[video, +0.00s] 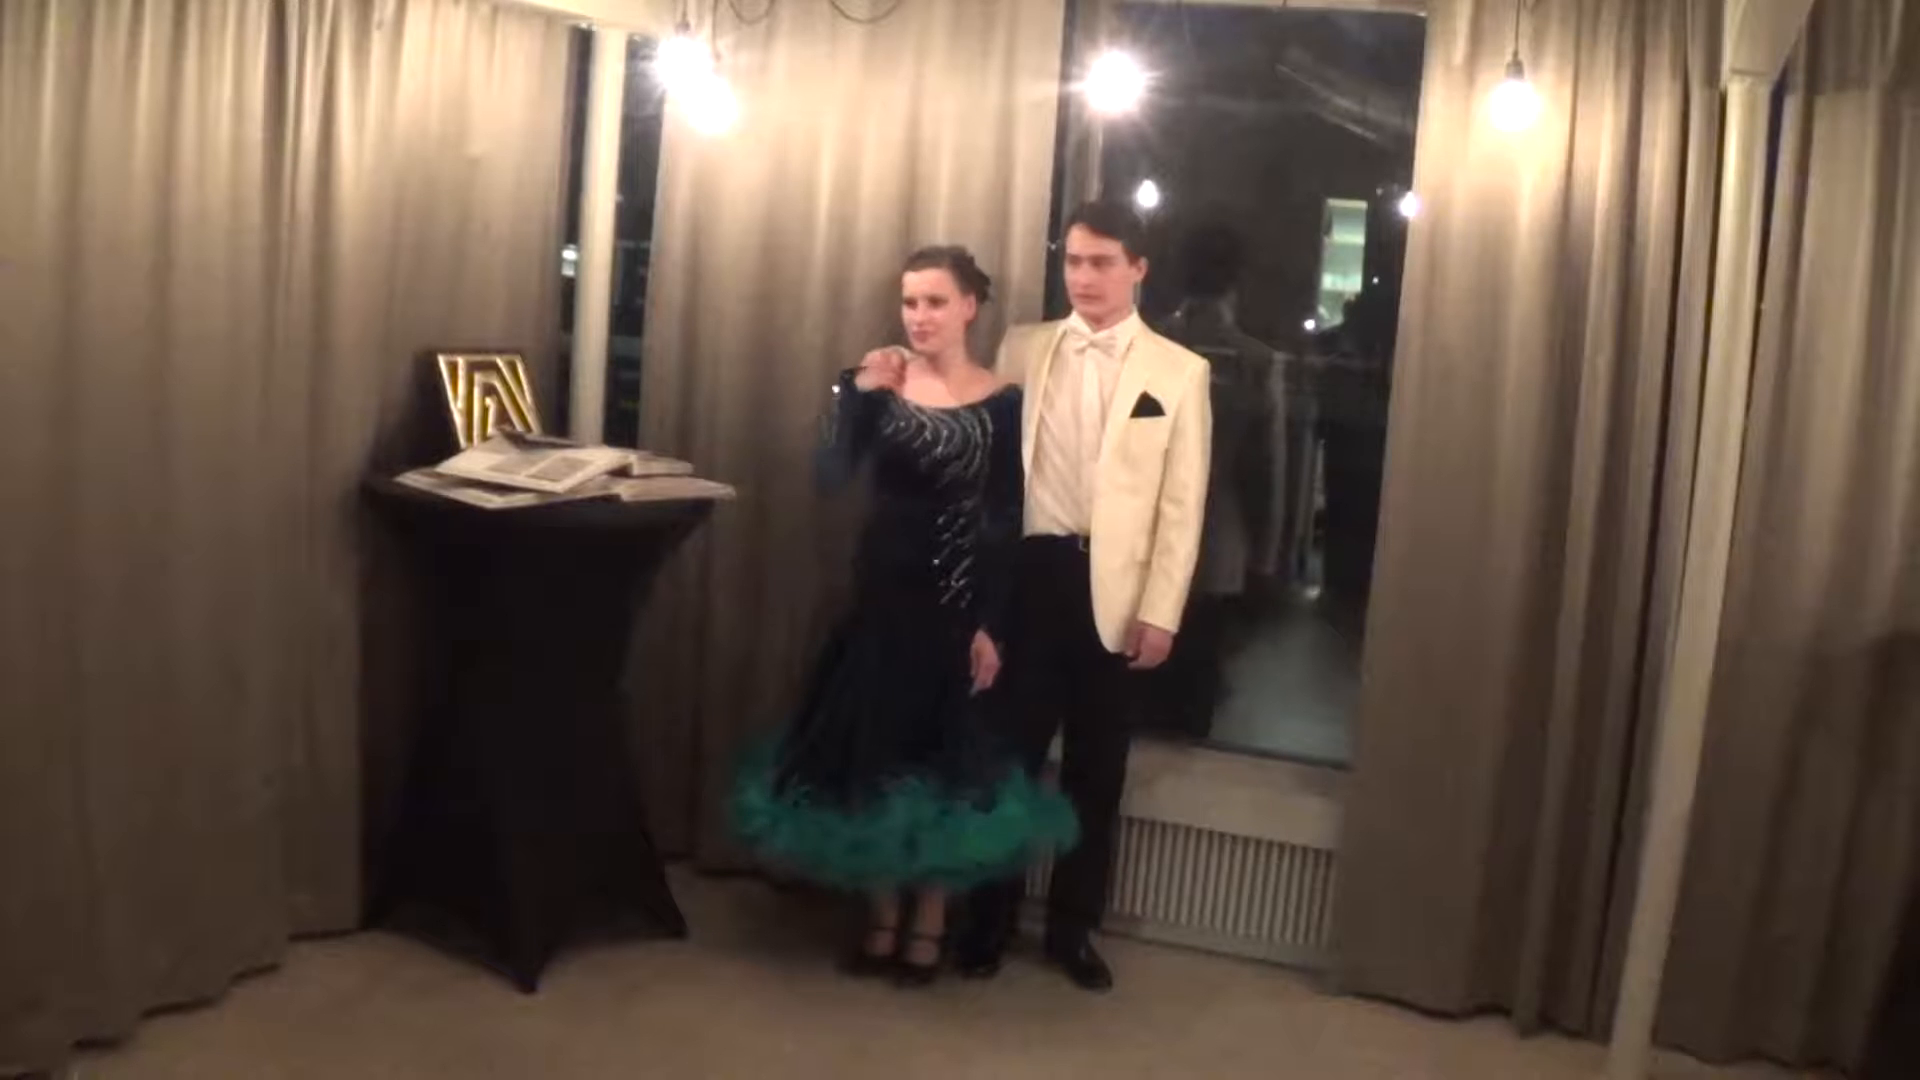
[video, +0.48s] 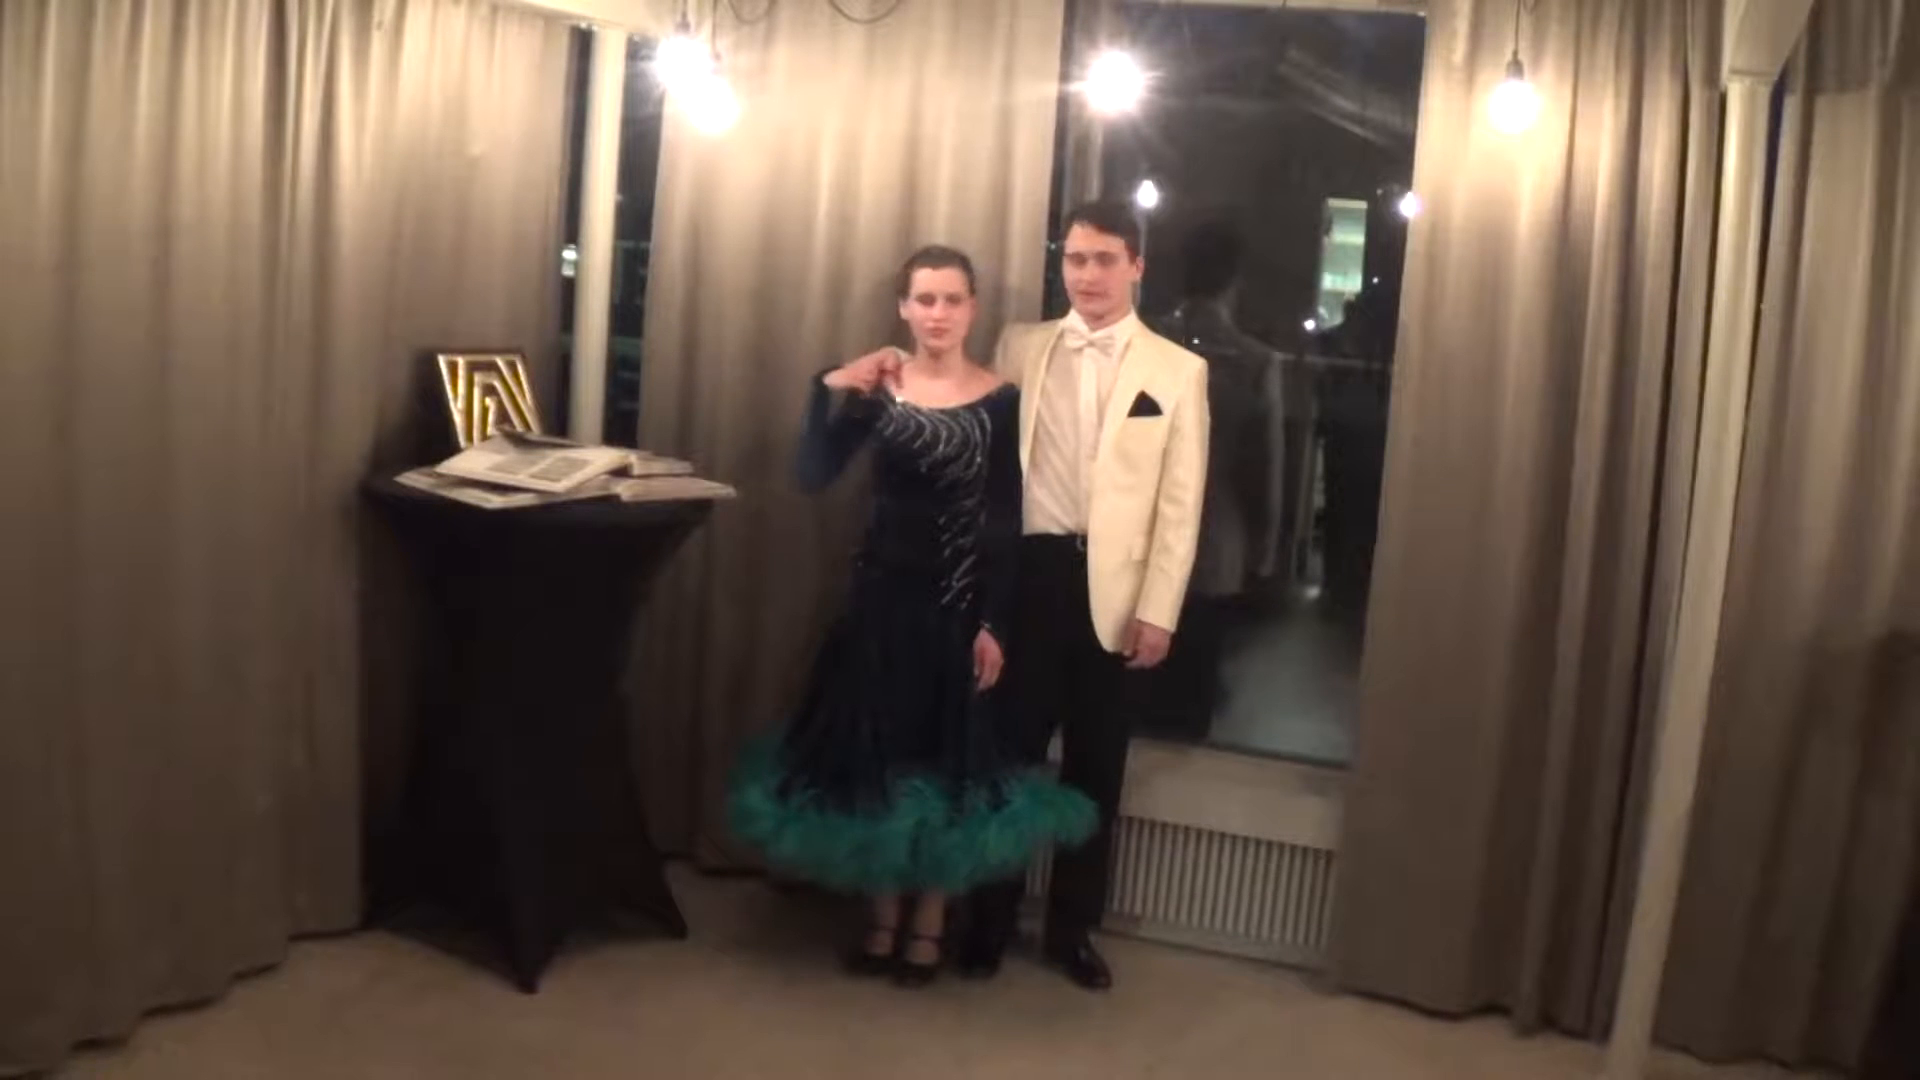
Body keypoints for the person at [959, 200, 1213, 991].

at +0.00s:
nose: (1083, 277)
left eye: (1100, 262)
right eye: (1073, 261)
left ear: (1138, 271)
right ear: (1061, 266)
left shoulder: (1181, 373)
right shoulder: (1026, 350)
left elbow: (1183, 503)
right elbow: (985, 460)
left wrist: (1162, 610)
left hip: (1113, 585)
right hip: (1024, 572)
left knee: (1096, 772)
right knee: (1007, 749)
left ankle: (1073, 931)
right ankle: (983, 925)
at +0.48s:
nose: (1088, 275)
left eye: (1104, 260)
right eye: (1076, 259)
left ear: (1136, 269)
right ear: (1060, 266)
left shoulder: (1179, 371)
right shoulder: (1023, 348)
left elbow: (1180, 502)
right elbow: (981, 453)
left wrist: (1160, 609)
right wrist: (898, 369)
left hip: (1112, 584)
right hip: (1023, 572)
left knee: (1096, 769)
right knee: (1008, 747)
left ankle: (1073, 930)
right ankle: (985, 924)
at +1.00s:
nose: (1124, 282)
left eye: (1136, 270)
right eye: (1110, 266)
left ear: (1149, 281)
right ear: (1071, 270)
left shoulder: (1177, 371)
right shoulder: (1021, 343)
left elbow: (1181, 499)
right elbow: (973, 439)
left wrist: (1163, 604)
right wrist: (891, 371)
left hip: (1114, 581)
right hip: (1023, 568)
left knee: (1098, 763)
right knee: (1010, 745)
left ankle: (1072, 929)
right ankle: (984, 922)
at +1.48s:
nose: (1134, 283)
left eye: (1143, 270)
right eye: (1119, 267)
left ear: (1150, 280)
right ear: (1074, 270)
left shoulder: (1172, 369)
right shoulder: (1015, 344)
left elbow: (1179, 496)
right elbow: (973, 456)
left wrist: (1164, 600)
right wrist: (966, 568)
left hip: (1113, 578)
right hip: (1021, 568)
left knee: (1098, 760)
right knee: (1008, 742)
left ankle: (1074, 929)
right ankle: (982, 923)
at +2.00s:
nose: (1132, 280)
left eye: (1140, 267)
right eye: (1117, 264)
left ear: (1145, 276)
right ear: (1070, 268)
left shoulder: (1167, 363)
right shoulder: (1011, 342)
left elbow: (1176, 490)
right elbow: (971, 456)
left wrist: (1163, 596)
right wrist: (963, 565)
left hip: (1111, 575)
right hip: (1020, 566)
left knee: (1097, 758)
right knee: (1007, 742)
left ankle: (1072, 928)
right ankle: (982, 922)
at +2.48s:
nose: (1129, 278)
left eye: (1138, 265)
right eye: (1115, 262)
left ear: (1144, 275)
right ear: (1069, 265)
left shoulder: (1165, 363)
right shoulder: (1008, 341)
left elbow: (1175, 489)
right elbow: (968, 454)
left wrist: (1162, 595)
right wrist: (963, 567)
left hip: (1110, 572)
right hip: (1019, 565)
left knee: (1096, 752)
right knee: (1007, 738)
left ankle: (1070, 925)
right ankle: (982, 917)